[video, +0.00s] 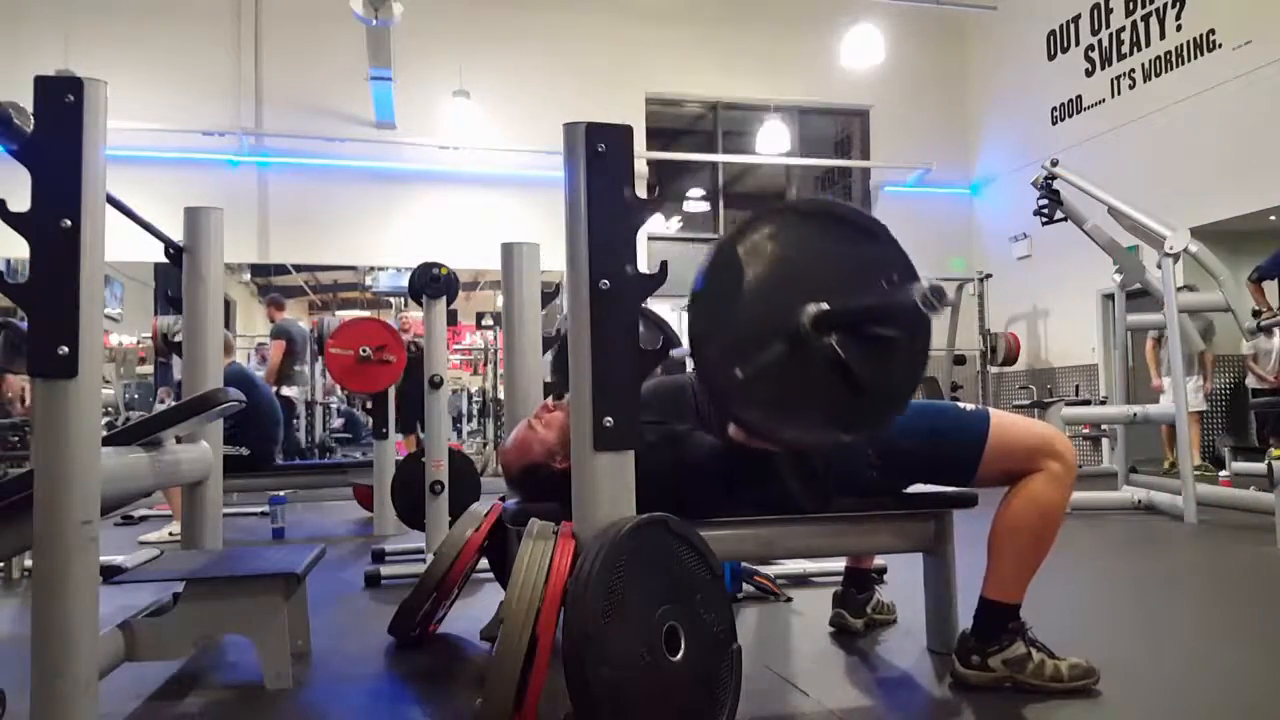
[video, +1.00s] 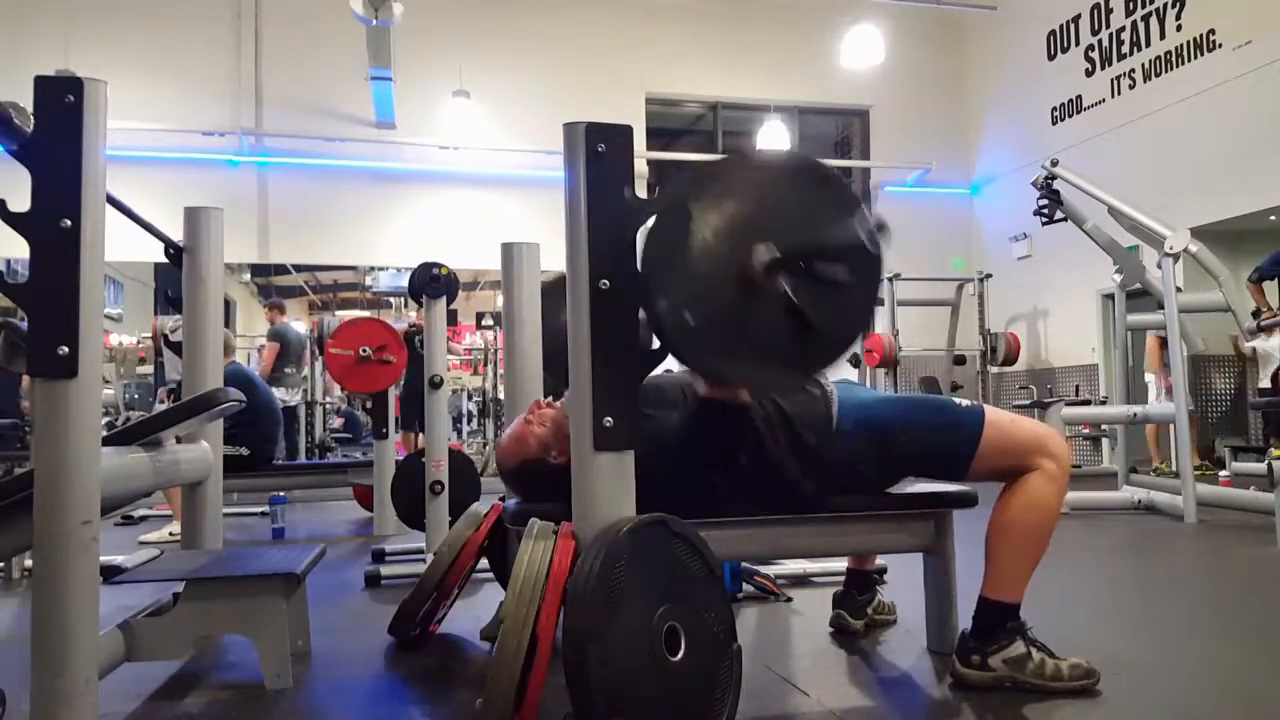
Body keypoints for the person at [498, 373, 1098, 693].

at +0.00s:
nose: (542, 414)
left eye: (529, 420)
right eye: (534, 429)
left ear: (539, 439)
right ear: (545, 461)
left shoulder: (599, 430)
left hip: (774, 427)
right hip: (821, 439)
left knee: (894, 437)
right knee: (1052, 455)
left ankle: (857, 591)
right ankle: (993, 637)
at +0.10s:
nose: (543, 411)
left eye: (530, 418)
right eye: (536, 428)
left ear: (543, 424)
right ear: (550, 462)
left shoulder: (608, 420)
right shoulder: (616, 455)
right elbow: (738, 454)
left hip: (784, 430)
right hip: (833, 442)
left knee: (879, 442)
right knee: (1052, 455)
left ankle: (858, 593)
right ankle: (992, 639)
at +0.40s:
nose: (544, 408)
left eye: (533, 414)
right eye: (537, 426)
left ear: (554, 436)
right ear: (555, 458)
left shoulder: (611, 428)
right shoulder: (627, 442)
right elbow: (766, 466)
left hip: (802, 436)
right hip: (833, 447)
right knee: (1053, 456)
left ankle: (856, 595)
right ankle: (992, 639)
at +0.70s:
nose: (545, 408)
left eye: (534, 415)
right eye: (538, 426)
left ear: (554, 437)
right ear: (556, 458)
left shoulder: (615, 426)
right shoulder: (629, 445)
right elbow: (762, 464)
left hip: (805, 432)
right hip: (837, 437)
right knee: (1053, 455)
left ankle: (856, 595)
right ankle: (993, 639)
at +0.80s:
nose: (542, 407)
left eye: (531, 416)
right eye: (536, 424)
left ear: (550, 436)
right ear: (553, 453)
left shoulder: (612, 420)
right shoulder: (621, 450)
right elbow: (746, 451)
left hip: (799, 424)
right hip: (832, 433)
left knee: (890, 446)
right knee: (1052, 455)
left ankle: (855, 597)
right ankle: (993, 640)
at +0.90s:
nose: (531, 423)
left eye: (523, 425)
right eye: (526, 433)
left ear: (538, 438)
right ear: (545, 458)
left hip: (758, 436)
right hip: (813, 437)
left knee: (890, 423)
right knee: (1051, 454)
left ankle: (858, 594)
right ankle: (992, 644)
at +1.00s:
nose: (534, 408)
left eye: (522, 414)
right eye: (529, 425)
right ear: (549, 459)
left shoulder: (606, 427)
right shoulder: (601, 453)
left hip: (773, 435)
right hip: (823, 435)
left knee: (887, 440)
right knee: (1046, 452)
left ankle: (859, 590)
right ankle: (993, 640)